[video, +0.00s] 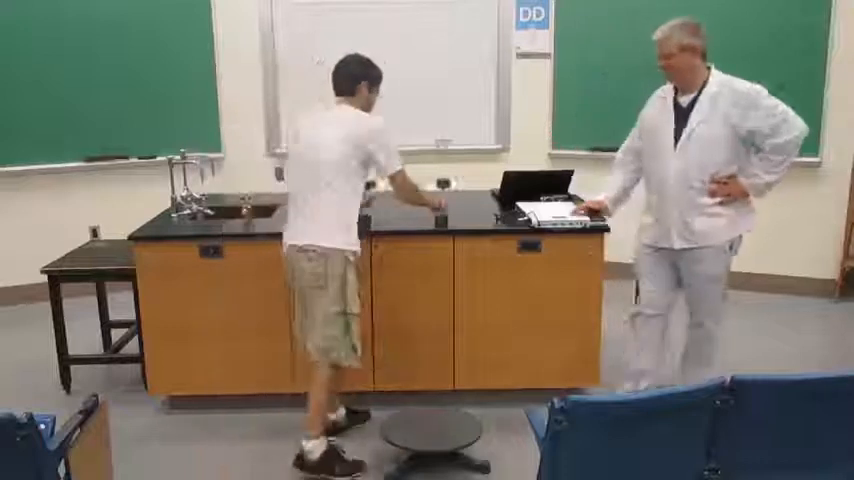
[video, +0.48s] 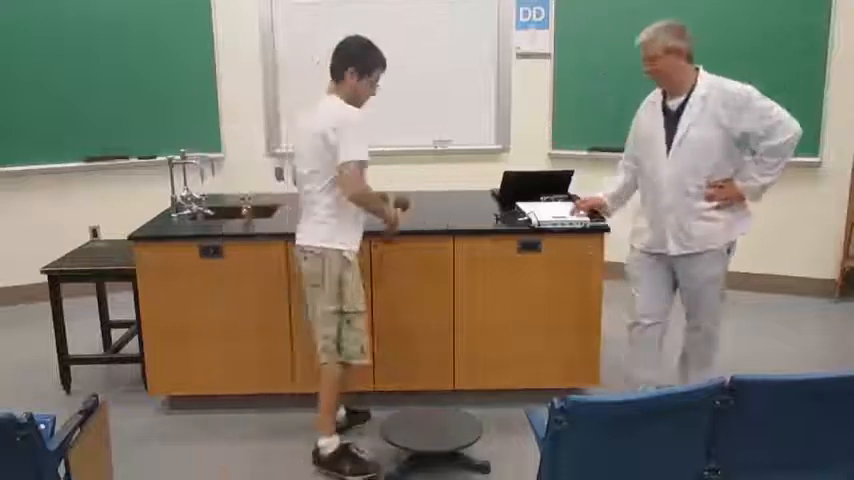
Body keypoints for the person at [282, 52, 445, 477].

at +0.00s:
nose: (377, 98)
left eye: (376, 91)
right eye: (376, 91)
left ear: (339, 88)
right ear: (364, 88)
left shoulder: (309, 122)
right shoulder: (368, 125)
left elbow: (301, 178)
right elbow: (403, 188)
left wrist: (351, 194)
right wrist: (430, 201)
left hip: (296, 246)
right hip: (330, 251)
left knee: (323, 340)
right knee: (326, 352)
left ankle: (333, 413)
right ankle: (313, 447)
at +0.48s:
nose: (374, 91)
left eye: (375, 82)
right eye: (372, 81)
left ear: (341, 75)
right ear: (350, 75)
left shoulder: (312, 115)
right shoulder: (345, 118)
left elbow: (317, 185)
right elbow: (354, 188)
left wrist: (376, 205)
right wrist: (388, 213)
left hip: (313, 243)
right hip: (332, 249)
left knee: (341, 337)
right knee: (334, 348)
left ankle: (339, 410)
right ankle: (327, 444)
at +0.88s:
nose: (371, 104)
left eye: (374, 95)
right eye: (369, 95)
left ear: (342, 84)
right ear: (343, 84)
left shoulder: (334, 124)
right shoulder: (323, 131)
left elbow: (341, 198)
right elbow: (310, 210)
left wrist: (362, 245)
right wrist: (347, 259)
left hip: (339, 257)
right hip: (326, 261)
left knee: (342, 343)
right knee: (330, 356)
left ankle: (339, 409)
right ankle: (328, 447)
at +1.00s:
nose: (378, 104)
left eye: (381, 95)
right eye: (374, 95)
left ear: (347, 87)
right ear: (346, 86)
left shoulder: (343, 125)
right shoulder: (327, 133)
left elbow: (341, 204)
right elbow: (305, 214)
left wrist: (363, 251)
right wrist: (334, 268)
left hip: (362, 253)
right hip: (334, 263)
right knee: (334, 360)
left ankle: (355, 372)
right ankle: (328, 447)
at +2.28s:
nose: (438, 105)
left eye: (443, 97)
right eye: (437, 95)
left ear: (412, 84)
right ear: (411, 82)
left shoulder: (397, 123)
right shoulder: (382, 127)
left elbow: (380, 199)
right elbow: (353, 198)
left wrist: (397, 252)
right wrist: (362, 267)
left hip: (403, 257)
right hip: (375, 267)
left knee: (447, 322)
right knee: (365, 362)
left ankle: (412, 401)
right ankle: (333, 444)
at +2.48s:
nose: (461, 62)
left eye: (465, 54)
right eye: (459, 52)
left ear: (437, 42)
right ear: (434, 38)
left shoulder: (420, 82)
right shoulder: (401, 79)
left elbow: (404, 159)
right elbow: (361, 147)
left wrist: (420, 219)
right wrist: (372, 220)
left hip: (417, 225)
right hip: (395, 227)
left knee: (429, 319)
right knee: (416, 320)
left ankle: (412, 399)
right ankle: (358, 383)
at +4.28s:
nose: (472, 46)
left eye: (475, 37)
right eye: (472, 35)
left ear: (446, 26)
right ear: (450, 26)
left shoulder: (427, 75)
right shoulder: (422, 78)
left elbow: (419, 153)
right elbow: (415, 156)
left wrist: (451, 175)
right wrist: (439, 221)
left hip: (428, 220)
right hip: (422, 222)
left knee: (427, 318)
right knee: (422, 320)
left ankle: (422, 400)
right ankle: (414, 411)